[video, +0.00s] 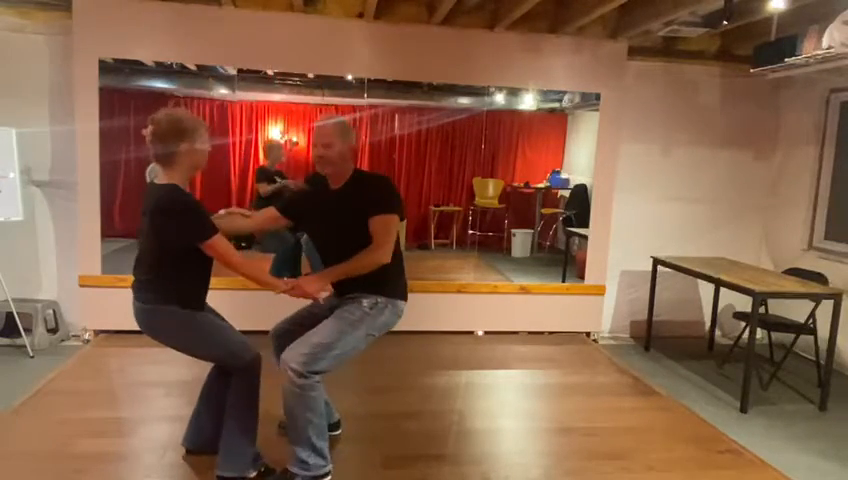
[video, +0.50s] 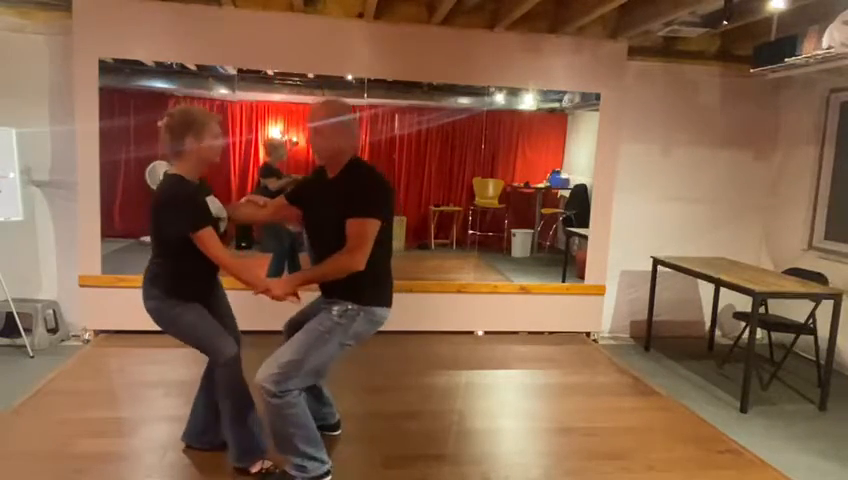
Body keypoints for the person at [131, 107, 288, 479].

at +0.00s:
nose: (209, 152)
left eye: (207, 146)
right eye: (204, 146)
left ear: (169, 150)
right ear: (186, 151)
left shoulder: (162, 191)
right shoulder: (179, 203)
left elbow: (206, 235)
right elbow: (232, 259)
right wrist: (284, 286)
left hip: (166, 303)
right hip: (167, 311)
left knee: (235, 354)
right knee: (246, 360)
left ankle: (201, 438)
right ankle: (237, 464)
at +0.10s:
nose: (212, 150)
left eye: (209, 142)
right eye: (206, 143)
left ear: (176, 150)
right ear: (187, 150)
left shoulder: (166, 193)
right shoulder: (179, 203)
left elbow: (215, 241)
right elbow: (228, 261)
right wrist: (278, 286)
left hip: (171, 300)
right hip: (166, 309)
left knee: (234, 354)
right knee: (244, 359)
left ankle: (202, 437)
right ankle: (239, 462)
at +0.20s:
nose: (215, 148)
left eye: (212, 140)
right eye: (209, 141)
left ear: (182, 149)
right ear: (188, 149)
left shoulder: (180, 192)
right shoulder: (178, 200)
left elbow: (222, 226)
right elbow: (227, 261)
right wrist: (277, 288)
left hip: (185, 296)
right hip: (166, 305)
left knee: (233, 353)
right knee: (243, 357)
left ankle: (203, 437)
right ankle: (245, 459)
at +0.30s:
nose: (218, 146)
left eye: (215, 138)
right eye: (211, 139)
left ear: (187, 149)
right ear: (188, 148)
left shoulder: (191, 192)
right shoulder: (177, 200)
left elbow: (223, 220)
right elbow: (225, 261)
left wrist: (268, 218)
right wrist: (276, 288)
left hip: (194, 291)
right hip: (165, 301)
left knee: (232, 350)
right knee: (239, 354)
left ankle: (203, 435)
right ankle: (249, 455)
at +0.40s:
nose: (219, 145)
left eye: (217, 138)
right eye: (213, 139)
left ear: (185, 147)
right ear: (191, 147)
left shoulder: (193, 189)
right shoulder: (176, 197)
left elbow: (227, 216)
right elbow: (222, 260)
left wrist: (275, 216)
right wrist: (271, 288)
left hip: (198, 290)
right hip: (167, 299)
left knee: (231, 349)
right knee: (233, 352)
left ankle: (203, 433)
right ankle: (250, 454)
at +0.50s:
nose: (221, 144)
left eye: (220, 137)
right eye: (215, 138)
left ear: (191, 144)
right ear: (192, 144)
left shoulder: (198, 185)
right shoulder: (177, 193)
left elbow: (226, 215)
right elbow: (218, 257)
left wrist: (269, 214)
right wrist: (268, 287)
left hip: (203, 287)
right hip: (169, 297)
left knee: (228, 348)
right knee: (225, 351)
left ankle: (202, 433)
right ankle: (247, 453)